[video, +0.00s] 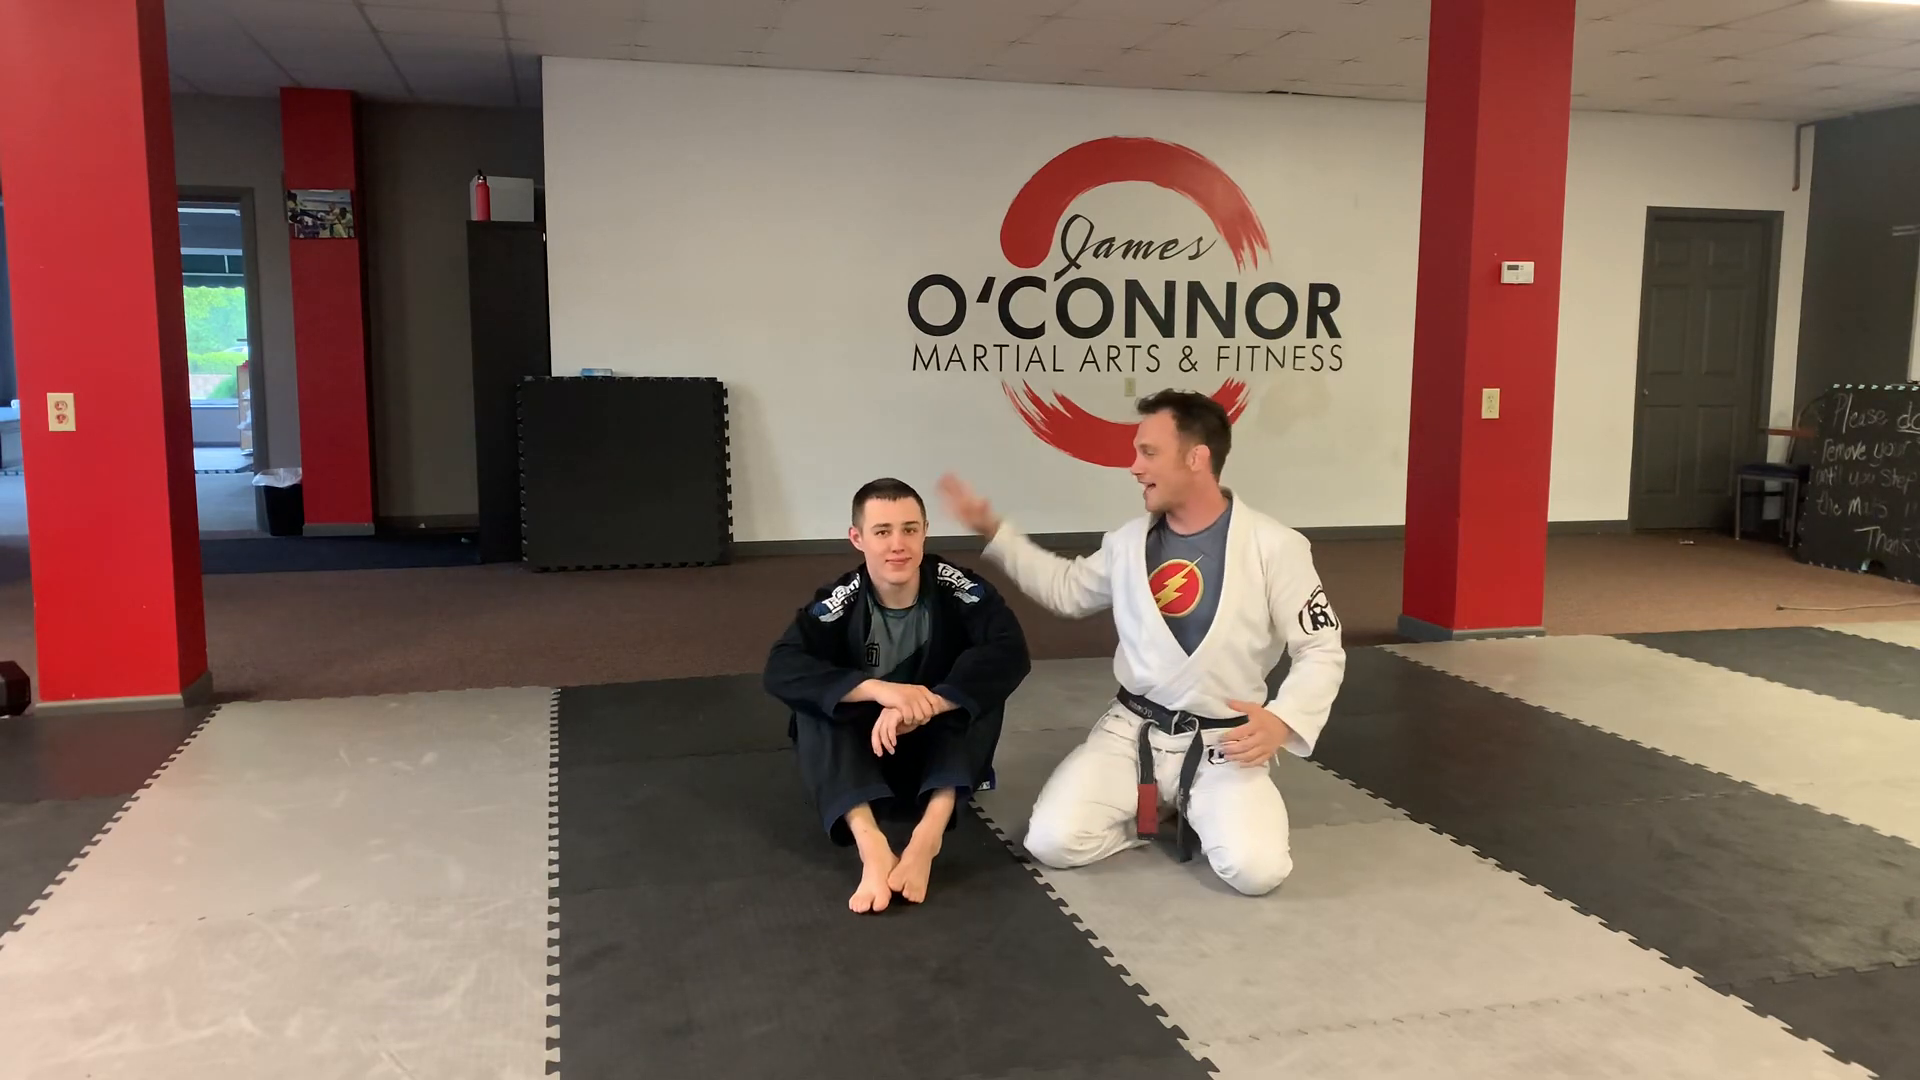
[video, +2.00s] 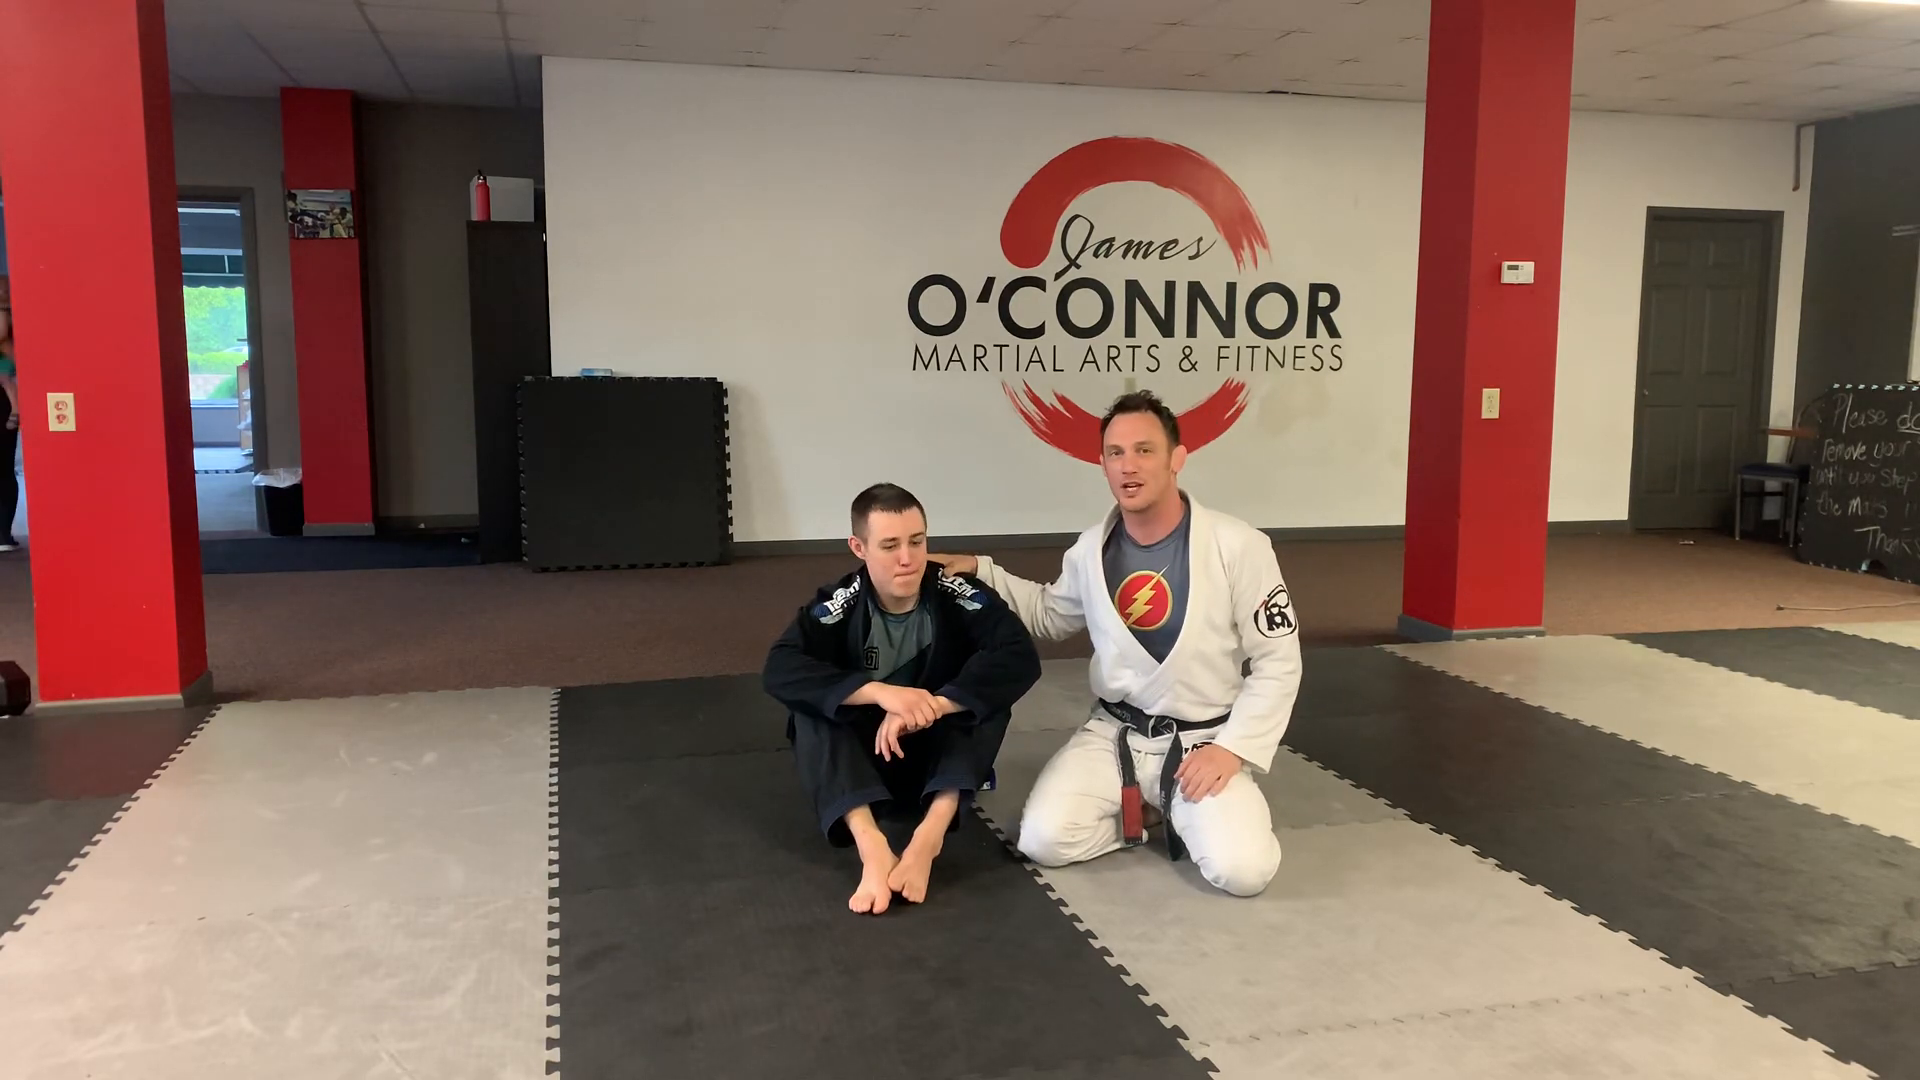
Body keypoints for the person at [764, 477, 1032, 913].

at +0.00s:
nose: (898, 544)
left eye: (909, 530)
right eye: (882, 532)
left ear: (924, 533)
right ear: (857, 539)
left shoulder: (960, 589)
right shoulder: (839, 601)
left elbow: (1009, 653)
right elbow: (783, 669)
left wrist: (923, 704)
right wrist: (879, 690)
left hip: (939, 750)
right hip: (859, 752)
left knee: (981, 689)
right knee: (813, 702)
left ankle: (928, 836)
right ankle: (871, 845)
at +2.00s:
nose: (907, 558)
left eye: (916, 542)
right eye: (890, 546)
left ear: (926, 537)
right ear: (859, 548)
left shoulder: (958, 594)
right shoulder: (838, 603)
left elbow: (1020, 657)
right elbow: (781, 670)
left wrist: (928, 707)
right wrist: (881, 692)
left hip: (937, 754)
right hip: (859, 756)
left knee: (988, 699)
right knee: (811, 709)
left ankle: (930, 835)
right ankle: (871, 846)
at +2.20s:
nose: (905, 557)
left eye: (915, 540)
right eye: (888, 544)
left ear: (926, 537)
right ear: (859, 547)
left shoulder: (960, 594)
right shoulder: (837, 604)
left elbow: (1020, 657)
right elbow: (781, 670)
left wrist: (928, 707)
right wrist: (881, 692)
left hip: (938, 755)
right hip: (860, 756)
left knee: (988, 701)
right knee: (811, 710)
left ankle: (929, 837)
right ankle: (871, 847)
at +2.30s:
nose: (904, 557)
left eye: (915, 540)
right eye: (888, 544)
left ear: (926, 537)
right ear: (859, 546)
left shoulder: (961, 594)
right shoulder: (838, 603)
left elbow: (1019, 657)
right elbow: (781, 669)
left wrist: (928, 706)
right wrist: (881, 692)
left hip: (938, 755)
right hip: (860, 756)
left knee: (988, 701)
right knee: (811, 708)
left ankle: (930, 836)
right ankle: (871, 847)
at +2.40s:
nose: (904, 556)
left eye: (914, 540)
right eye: (888, 543)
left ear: (926, 539)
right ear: (859, 545)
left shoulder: (961, 593)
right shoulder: (838, 603)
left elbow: (1018, 657)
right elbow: (781, 669)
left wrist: (928, 707)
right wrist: (881, 692)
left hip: (938, 755)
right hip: (860, 756)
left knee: (987, 700)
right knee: (812, 707)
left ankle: (930, 836)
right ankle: (871, 847)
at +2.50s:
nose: (903, 556)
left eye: (913, 540)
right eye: (886, 543)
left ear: (925, 538)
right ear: (858, 545)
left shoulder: (959, 592)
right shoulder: (837, 603)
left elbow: (1017, 656)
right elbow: (782, 669)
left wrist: (927, 707)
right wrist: (880, 692)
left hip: (938, 753)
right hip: (860, 755)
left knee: (987, 698)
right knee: (811, 707)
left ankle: (930, 836)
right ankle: (871, 846)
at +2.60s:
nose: (902, 556)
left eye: (912, 540)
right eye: (885, 543)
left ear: (924, 537)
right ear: (857, 545)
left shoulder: (959, 593)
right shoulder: (836, 604)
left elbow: (1015, 656)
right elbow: (781, 669)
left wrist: (928, 706)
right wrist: (880, 692)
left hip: (937, 754)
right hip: (859, 756)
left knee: (986, 698)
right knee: (811, 707)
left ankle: (929, 836)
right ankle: (871, 846)